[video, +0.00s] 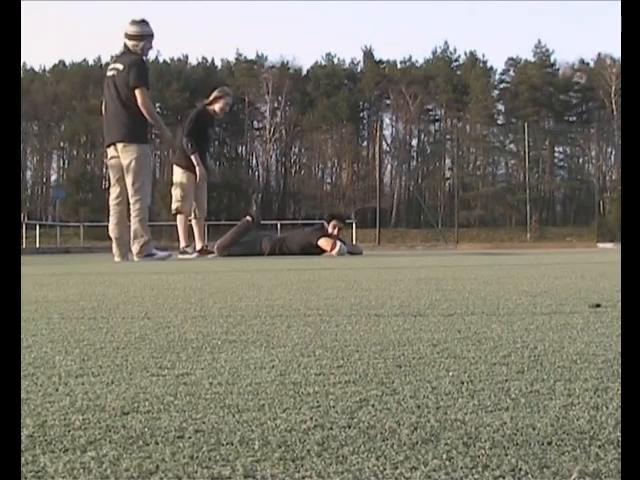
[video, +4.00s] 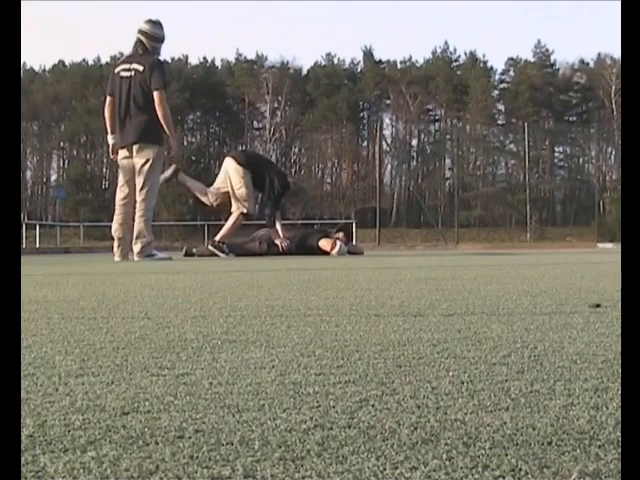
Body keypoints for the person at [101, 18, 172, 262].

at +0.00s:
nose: (151, 46)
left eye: (151, 42)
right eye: (149, 42)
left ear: (128, 40)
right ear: (141, 42)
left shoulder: (113, 64)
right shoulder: (137, 63)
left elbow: (105, 107)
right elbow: (142, 101)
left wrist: (113, 133)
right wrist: (162, 129)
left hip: (112, 138)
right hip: (133, 137)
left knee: (116, 196)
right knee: (138, 195)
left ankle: (119, 250)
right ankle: (142, 247)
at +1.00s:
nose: (162, 46)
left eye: (162, 42)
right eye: (161, 42)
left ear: (140, 37)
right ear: (157, 41)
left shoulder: (119, 64)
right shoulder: (156, 64)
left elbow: (107, 102)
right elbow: (165, 103)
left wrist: (113, 130)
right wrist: (181, 109)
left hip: (121, 136)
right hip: (147, 136)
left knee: (122, 194)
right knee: (145, 194)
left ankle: (119, 249)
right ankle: (142, 247)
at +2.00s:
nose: (160, 47)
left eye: (160, 43)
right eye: (160, 43)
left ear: (138, 38)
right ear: (156, 42)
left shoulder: (118, 65)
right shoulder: (155, 65)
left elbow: (107, 104)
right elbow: (162, 102)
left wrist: (112, 134)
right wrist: (174, 126)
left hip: (121, 136)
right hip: (147, 136)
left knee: (123, 195)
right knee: (145, 195)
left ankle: (119, 249)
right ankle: (142, 248)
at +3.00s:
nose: (165, 49)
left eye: (165, 45)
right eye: (165, 45)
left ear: (144, 38)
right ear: (160, 43)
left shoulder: (121, 65)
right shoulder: (157, 64)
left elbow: (110, 102)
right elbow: (162, 102)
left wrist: (113, 133)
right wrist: (173, 125)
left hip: (123, 136)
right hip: (148, 136)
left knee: (124, 194)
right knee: (146, 196)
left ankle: (119, 249)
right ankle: (142, 248)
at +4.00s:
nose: (160, 47)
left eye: (160, 43)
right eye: (160, 43)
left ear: (139, 38)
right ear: (156, 42)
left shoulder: (120, 65)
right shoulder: (154, 64)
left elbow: (109, 104)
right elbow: (159, 101)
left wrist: (112, 136)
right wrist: (172, 135)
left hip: (123, 138)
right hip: (148, 138)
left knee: (124, 196)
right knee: (145, 196)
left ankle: (119, 249)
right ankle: (143, 248)